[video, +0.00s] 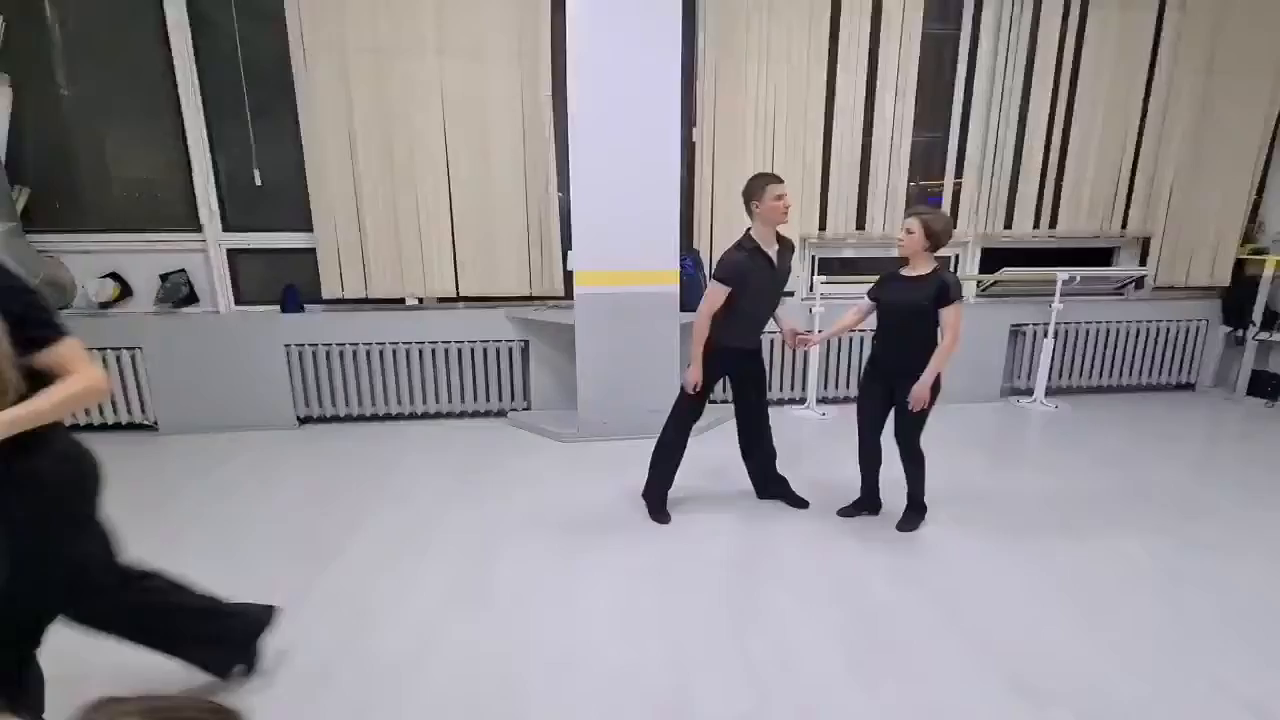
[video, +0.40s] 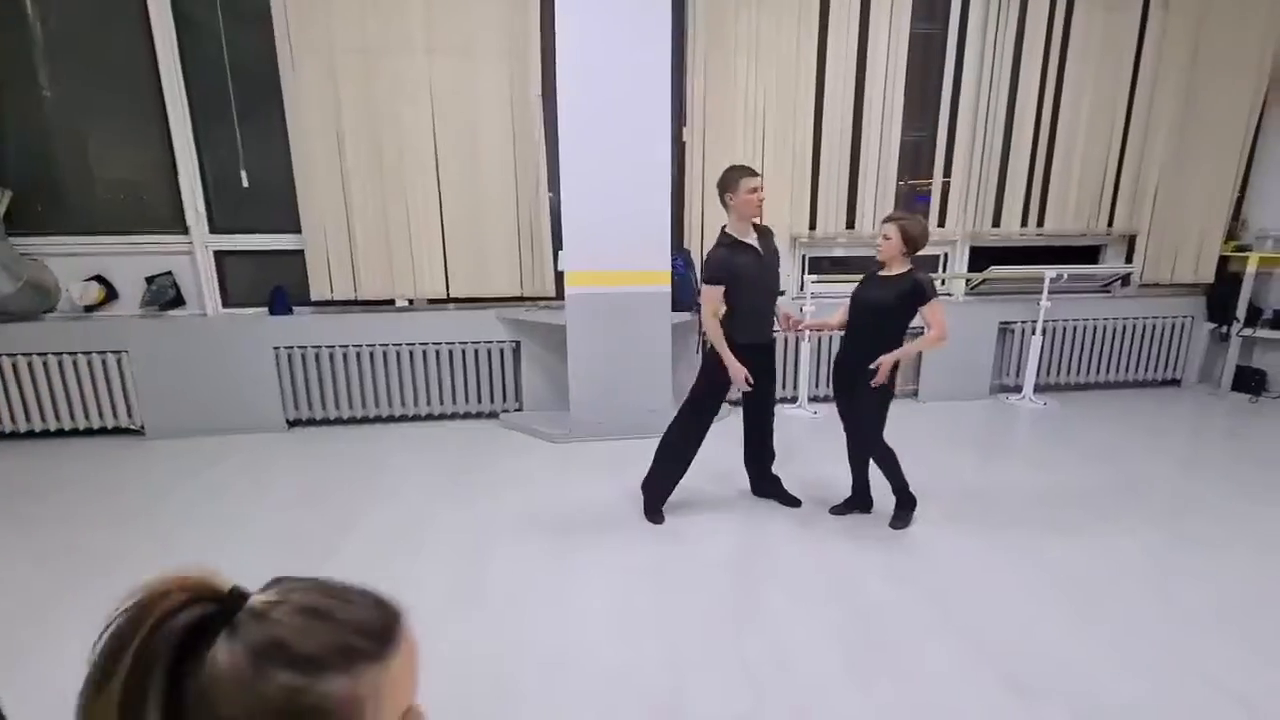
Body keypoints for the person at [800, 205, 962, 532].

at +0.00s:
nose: (901, 237)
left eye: (909, 232)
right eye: (902, 231)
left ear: (929, 241)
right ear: (906, 236)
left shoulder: (944, 283)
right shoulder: (890, 278)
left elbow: (950, 340)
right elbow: (858, 314)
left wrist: (925, 382)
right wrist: (820, 337)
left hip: (916, 375)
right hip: (880, 369)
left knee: (907, 440)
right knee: (867, 433)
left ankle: (916, 505)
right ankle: (869, 498)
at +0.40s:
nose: (879, 243)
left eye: (886, 238)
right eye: (880, 237)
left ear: (906, 246)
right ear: (887, 242)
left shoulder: (917, 281)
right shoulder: (873, 275)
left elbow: (939, 333)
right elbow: (846, 319)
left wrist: (894, 356)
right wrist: (809, 323)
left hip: (878, 370)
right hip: (846, 365)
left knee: (871, 439)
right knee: (853, 435)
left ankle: (904, 498)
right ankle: (860, 496)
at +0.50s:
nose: (876, 243)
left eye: (883, 238)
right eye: (876, 237)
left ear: (902, 245)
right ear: (882, 241)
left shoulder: (914, 280)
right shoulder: (871, 275)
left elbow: (935, 330)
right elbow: (844, 319)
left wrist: (882, 338)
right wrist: (808, 320)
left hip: (878, 369)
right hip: (845, 363)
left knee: (870, 438)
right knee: (849, 433)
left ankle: (905, 496)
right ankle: (857, 495)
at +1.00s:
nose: (899, 247)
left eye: (906, 242)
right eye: (899, 241)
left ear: (927, 247)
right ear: (904, 245)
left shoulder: (946, 281)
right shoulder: (895, 283)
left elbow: (962, 310)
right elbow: (857, 311)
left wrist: (926, 320)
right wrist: (818, 305)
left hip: (934, 376)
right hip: (894, 370)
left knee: (920, 441)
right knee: (858, 425)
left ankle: (922, 503)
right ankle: (850, 491)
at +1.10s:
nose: (903, 247)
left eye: (910, 242)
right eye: (903, 241)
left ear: (931, 246)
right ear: (907, 244)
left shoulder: (952, 282)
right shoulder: (898, 284)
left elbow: (977, 305)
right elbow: (859, 307)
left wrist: (969, 327)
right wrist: (820, 303)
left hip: (945, 374)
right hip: (906, 366)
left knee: (922, 438)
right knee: (863, 417)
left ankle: (920, 500)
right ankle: (851, 485)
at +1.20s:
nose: (905, 248)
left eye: (912, 241)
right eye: (905, 241)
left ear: (934, 245)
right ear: (908, 243)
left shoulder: (955, 281)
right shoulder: (897, 283)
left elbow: (993, 302)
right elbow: (856, 304)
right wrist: (815, 302)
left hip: (953, 373)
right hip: (913, 367)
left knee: (925, 436)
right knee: (872, 417)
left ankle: (919, 499)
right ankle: (860, 486)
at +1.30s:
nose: (906, 246)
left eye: (913, 241)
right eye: (905, 240)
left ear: (935, 245)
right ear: (908, 243)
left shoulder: (953, 282)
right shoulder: (894, 284)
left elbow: (1003, 300)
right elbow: (850, 302)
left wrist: (1055, 318)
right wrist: (806, 300)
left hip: (956, 370)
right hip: (916, 367)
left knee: (926, 433)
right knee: (885, 426)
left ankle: (918, 498)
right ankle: (863, 491)